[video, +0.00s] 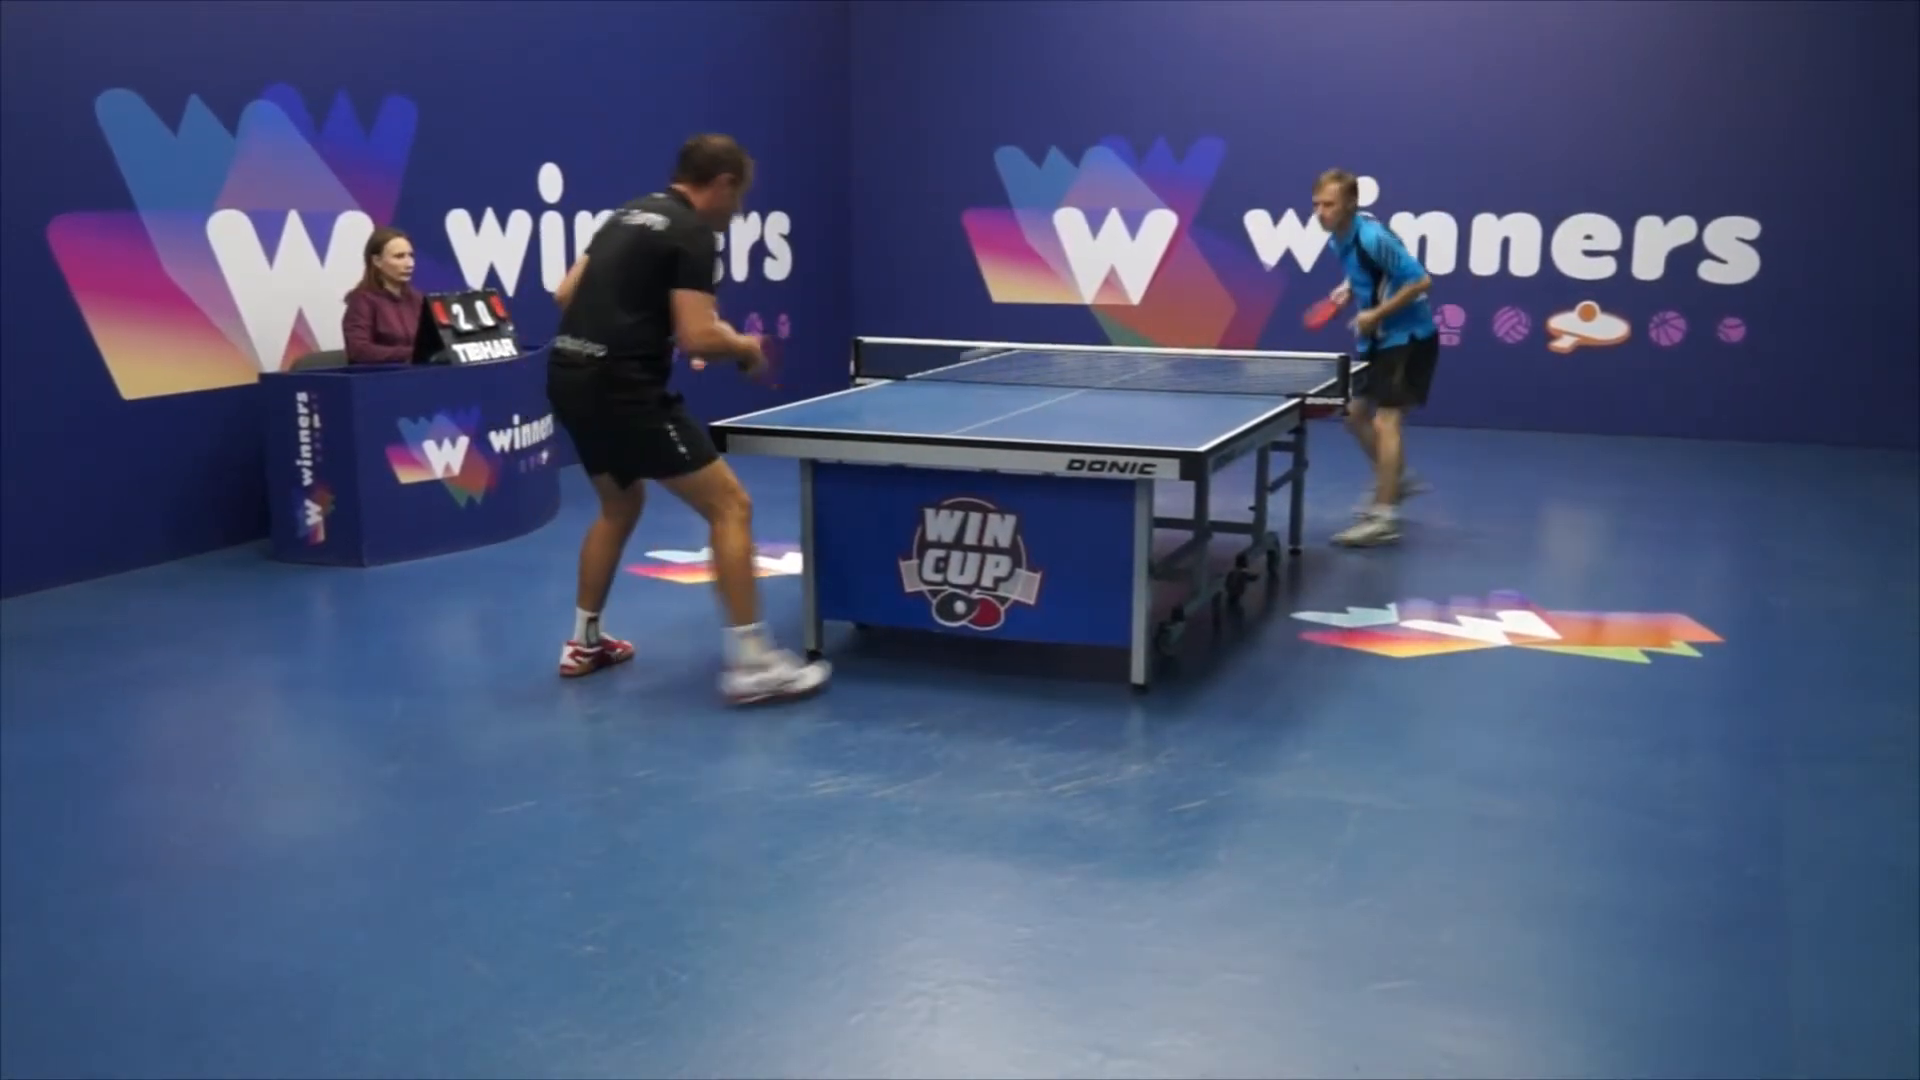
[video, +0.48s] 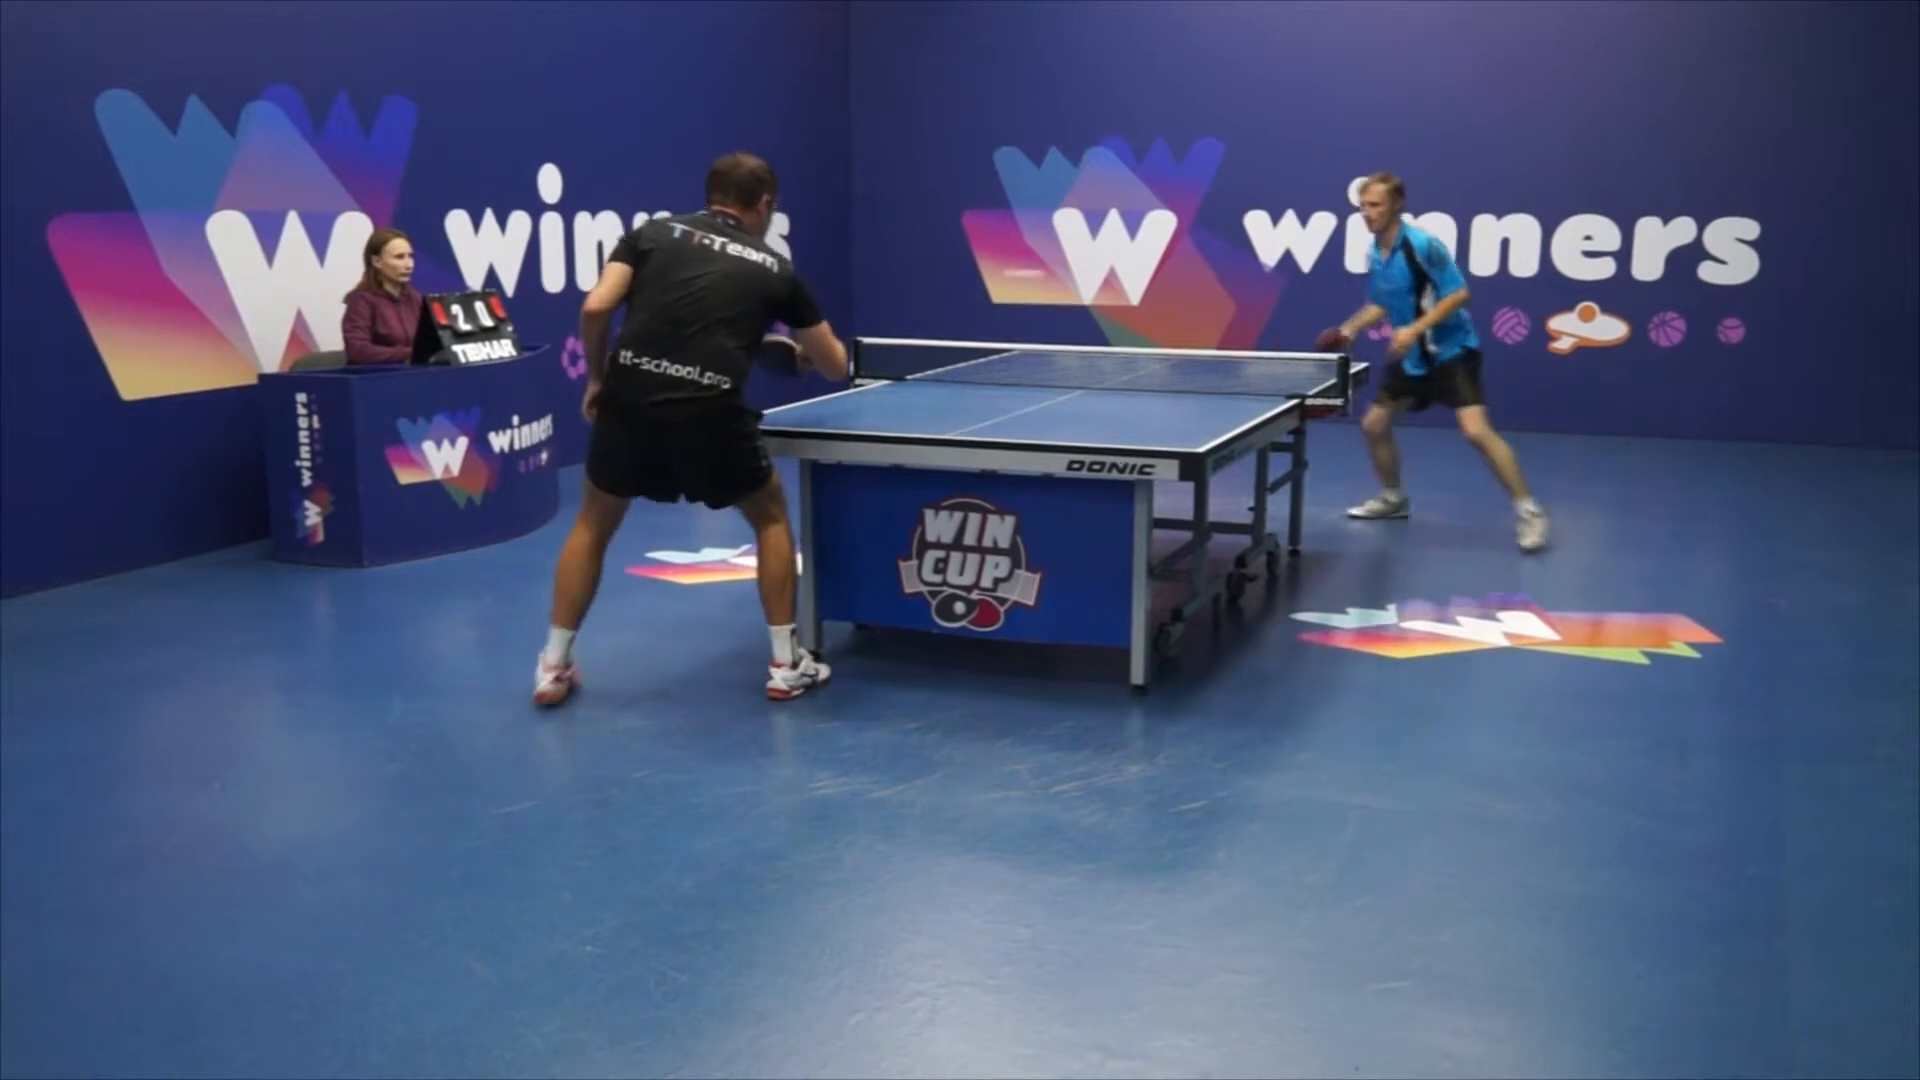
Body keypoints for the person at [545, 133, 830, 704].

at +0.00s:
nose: (736, 211)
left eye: (739, 200)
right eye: (737, 198)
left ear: (685, 179)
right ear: (717, 185)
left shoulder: (628, 214)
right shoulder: (691, 232)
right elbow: (698, 336)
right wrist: (745, 345)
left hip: (570, 375)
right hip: (623, 382)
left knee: (619, 505)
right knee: (729, 506)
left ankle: (584, 642)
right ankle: (750, 659)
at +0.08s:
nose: (751, 224)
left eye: (754, 213)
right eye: (754, 212)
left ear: (702, 184)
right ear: (740, 199)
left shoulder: (635, 218)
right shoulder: (718, 243)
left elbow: (570, 292)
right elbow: (746, 346)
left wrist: (627, 318)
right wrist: (717, 330)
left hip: (578, 372)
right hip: (640, 383)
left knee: (613, 508)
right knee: (742, 508)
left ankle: (583, 640)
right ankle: (789, 650)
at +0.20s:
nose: (769, 240)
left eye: (773, 232)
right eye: (773, 231)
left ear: (718, 204)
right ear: (763, 221)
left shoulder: (649, 231)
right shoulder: (756, 266)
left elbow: (577, 296)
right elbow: (813, 362)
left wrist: (608, 342)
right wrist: (766, 353)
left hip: (606, 387)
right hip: (676, 397)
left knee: (613, 510)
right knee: (765, 512)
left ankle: (580, 643)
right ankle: (786, 661)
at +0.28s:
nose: (776, 236)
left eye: (777, 229)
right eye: (778, 228)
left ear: (720, 210)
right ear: (769, 223)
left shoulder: (658, 236)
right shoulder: (773, 276)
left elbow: (590, 301)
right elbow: (835, 366)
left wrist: (602, 361)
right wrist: (804, 358)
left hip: (623, 399)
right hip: (698, 410)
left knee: (612, 516)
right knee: (777, 513)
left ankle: (578, 643)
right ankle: (788, 661)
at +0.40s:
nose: (777, 228)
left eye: (778, 220)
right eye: (779, 220)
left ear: (717, 209)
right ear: (769, 217)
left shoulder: (661, 236)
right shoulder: (779, 274)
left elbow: (602, 303)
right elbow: (844, 363)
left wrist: (600, 373)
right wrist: (808, 356)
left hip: (632, 407)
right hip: (712, 414)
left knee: (600, 523)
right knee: (776, 517)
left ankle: (564, 651)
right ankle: (787, 661)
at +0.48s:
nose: (769, 218)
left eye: (770, 210)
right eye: (771, 209)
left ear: (708, 200)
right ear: (759, 207)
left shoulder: (653, 231)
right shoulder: (774, 267)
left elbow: (596, 307)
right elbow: (834, 363)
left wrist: (596, 377)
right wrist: (806, 352)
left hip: (628, 407)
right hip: (710, 414)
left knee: (591, 527)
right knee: (770, 519)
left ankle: (552, 664)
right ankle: (786, 662)